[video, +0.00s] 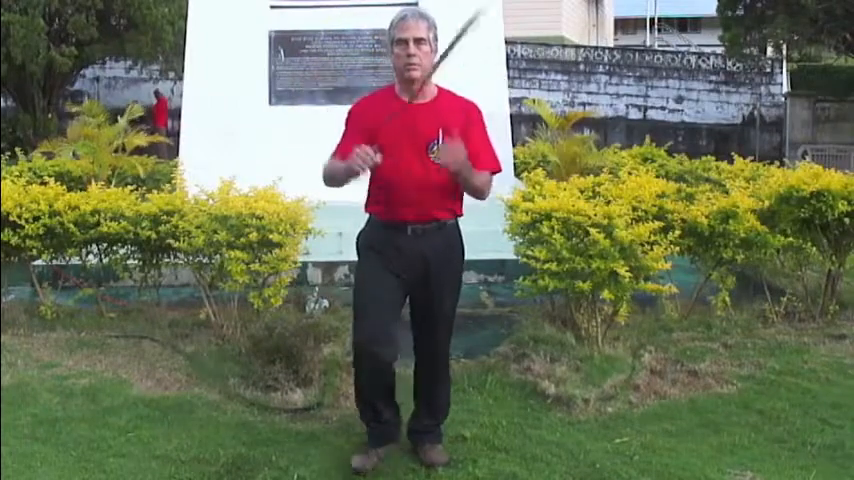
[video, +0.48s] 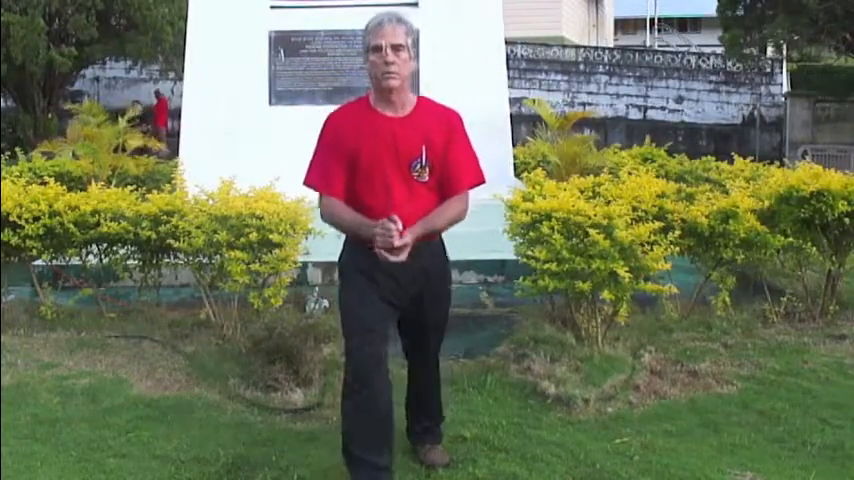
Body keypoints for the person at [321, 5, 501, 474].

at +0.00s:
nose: (411, 53)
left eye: (420, 43)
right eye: (401, 44)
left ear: (435, 50)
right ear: (390, 52)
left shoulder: (464, 112)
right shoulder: (367, 110)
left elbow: (483, 188)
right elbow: (330, 175)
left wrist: (463, 169)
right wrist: (350, 165)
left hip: (440, 242)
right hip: (381, 241)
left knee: (433, 346)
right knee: (370, 344)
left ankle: (428, 436)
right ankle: (380, 436)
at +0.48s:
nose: (387, 58)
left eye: (397, 49)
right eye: (377, 50)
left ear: (413, 57)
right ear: (365, 60)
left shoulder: (444, 121)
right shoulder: (342, 122)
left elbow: (459, 202)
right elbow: (329, 205)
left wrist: (414, 232)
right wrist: (370, 229)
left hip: (427, 261)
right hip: (365, 264)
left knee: (426, 357)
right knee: (364, 366)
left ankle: (427, 437)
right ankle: (369, 469)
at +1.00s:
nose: (368, 66)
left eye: (379, 56)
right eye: (358, 57)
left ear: (396, 62)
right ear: (346, 64)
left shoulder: (428, 124)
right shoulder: (324, 125)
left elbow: (444, 210)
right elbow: (310, 210)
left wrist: (391, 244)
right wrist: (350, 240)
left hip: (411, 263)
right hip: (345, 267)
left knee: (423, 360)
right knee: (351, 373)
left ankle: (429, 440)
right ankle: (364, 471)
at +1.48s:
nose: (402, 60)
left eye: (413, 51)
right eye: (392, 51)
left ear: (428, 57)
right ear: (380, 57)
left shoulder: (453, 117)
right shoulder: (354, 115)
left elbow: (496, 172)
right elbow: (306, 176)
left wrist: (484, 125)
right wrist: (319, 156)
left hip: (431, 256)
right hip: (370, 257)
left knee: (442, 356)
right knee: (364, 372)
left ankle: (427, 440)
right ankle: (363, 472)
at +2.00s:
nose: (396, 43)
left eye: (406, 35)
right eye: (387, 36)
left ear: (421, 45)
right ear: (376, 47)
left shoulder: (442, 102)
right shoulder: (352, 100)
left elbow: (484, 175)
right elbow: (293, 149)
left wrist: (470, 117)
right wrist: (310, 118)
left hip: (423, 236)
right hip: (364, 235)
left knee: (429, 343)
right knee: (347, 338)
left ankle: (426, 437)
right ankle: (334, 432)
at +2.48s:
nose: (365, 68)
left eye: (375, 60)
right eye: (357, 60)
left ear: (390, 68)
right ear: (347, 68)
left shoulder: (422, 125)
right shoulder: (326, 123)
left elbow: (482, 164)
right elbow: (285, 160)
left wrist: (532, 178)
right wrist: (235, 182)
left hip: (408, 252)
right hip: (346, 253)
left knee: (436, 343)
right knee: (332, 347)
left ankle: (446, 443)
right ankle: (334, 436)